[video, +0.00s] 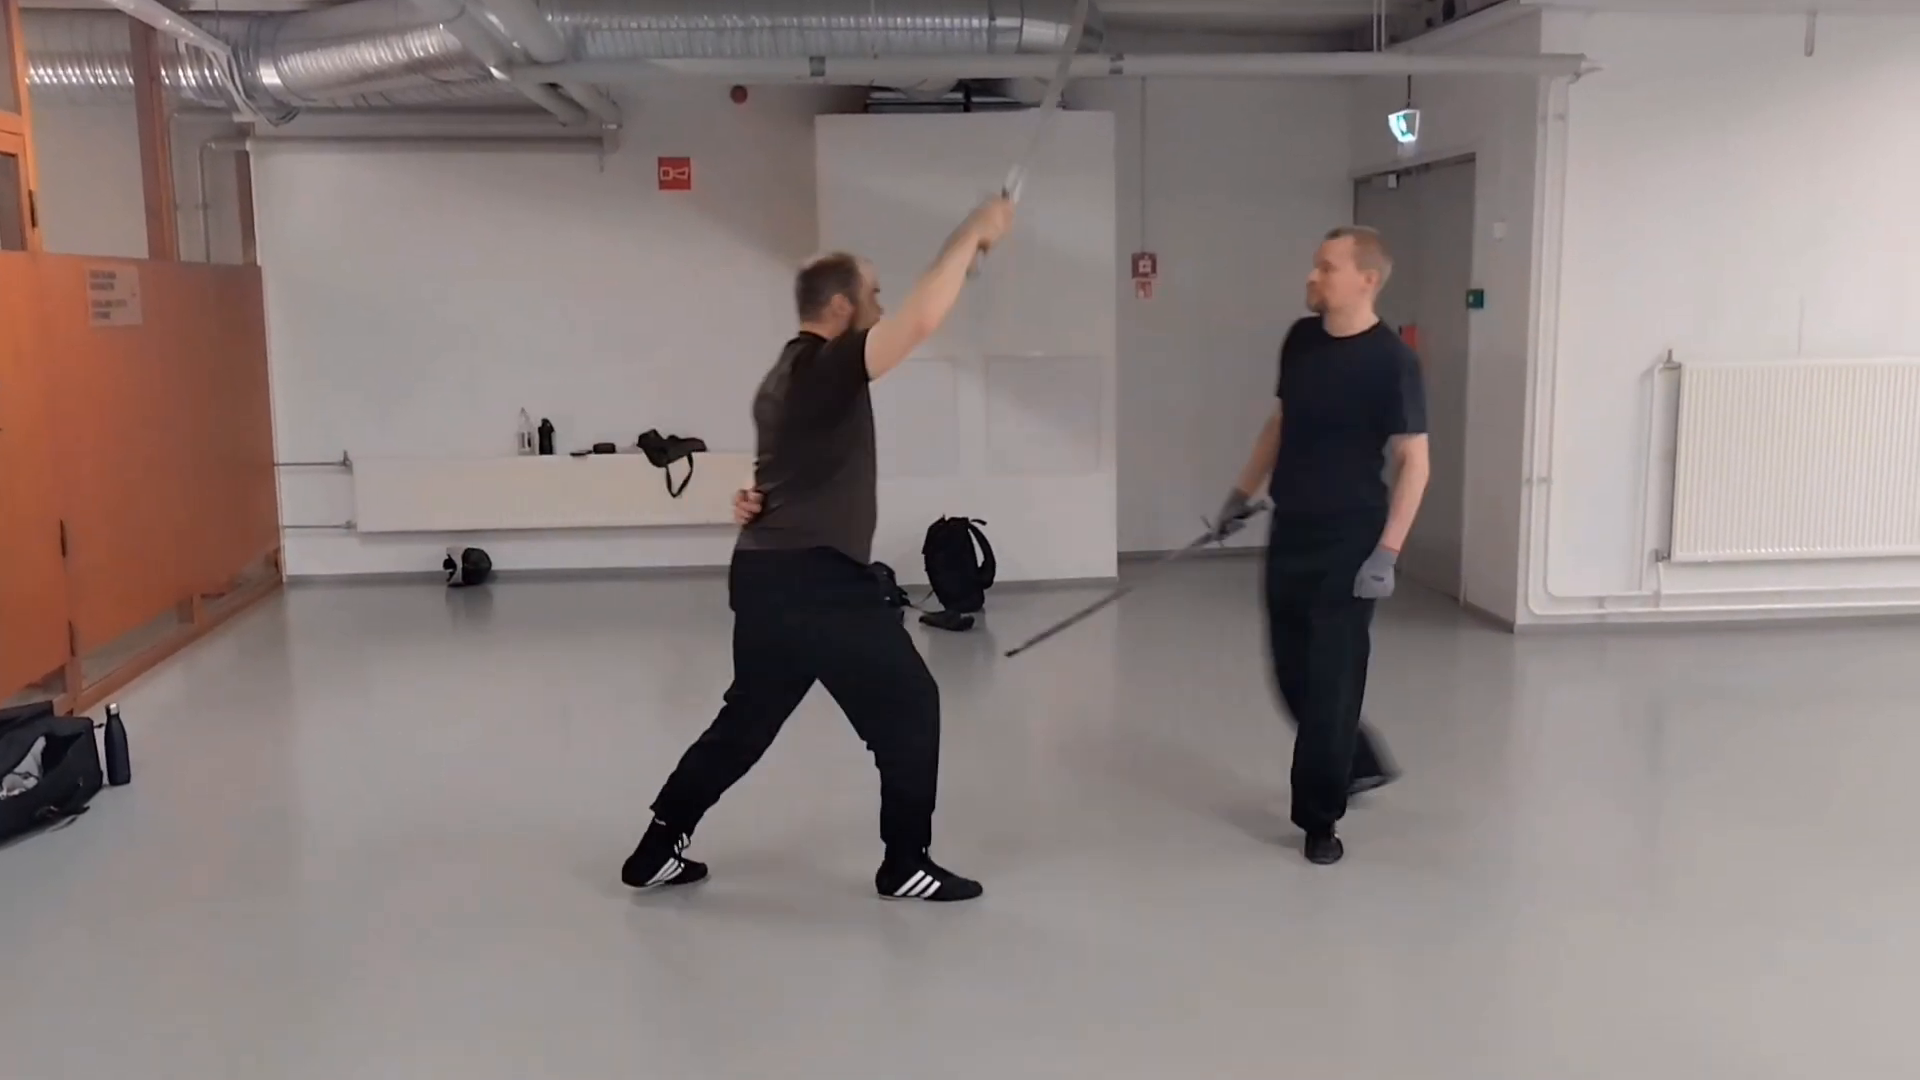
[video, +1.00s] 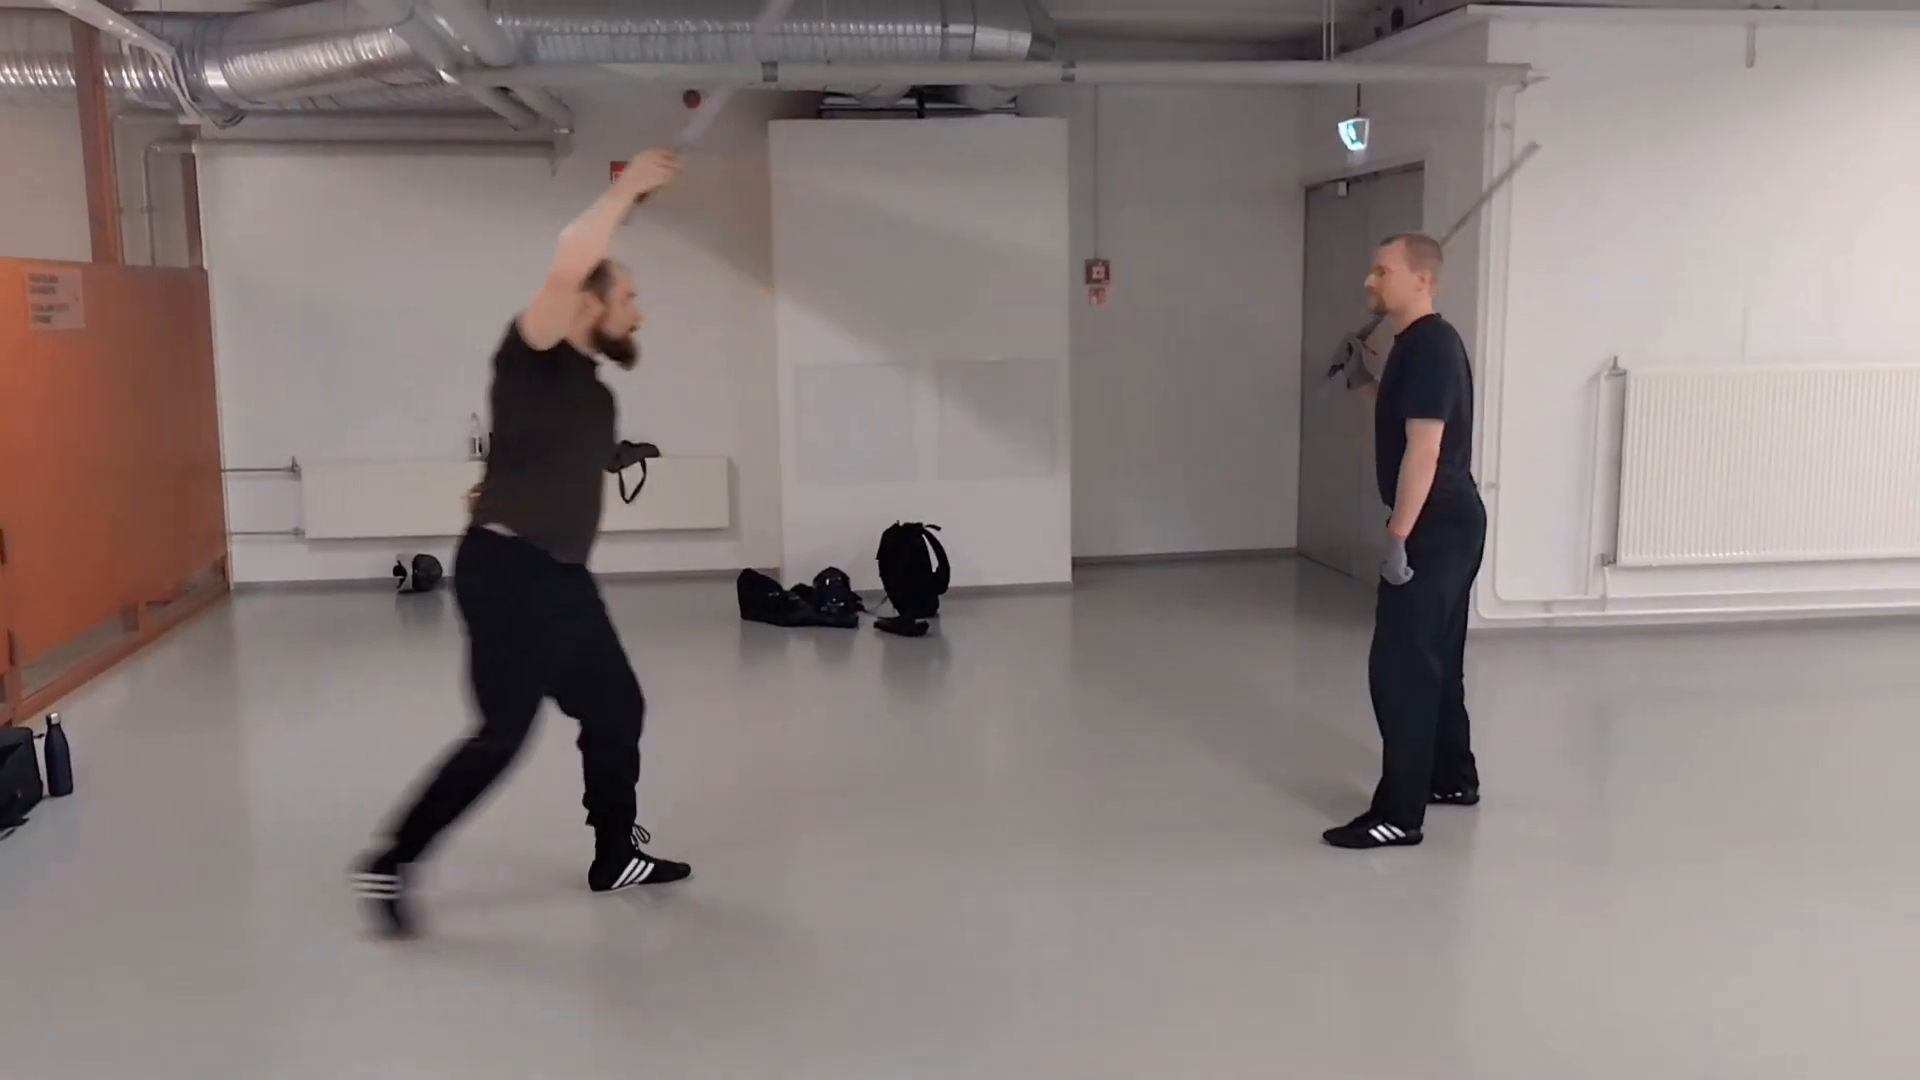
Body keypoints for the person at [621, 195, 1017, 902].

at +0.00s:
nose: (879, 308)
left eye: (875, 296)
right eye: (872, 297)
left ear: (813, 311)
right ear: (840, 308)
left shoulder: (782, 377)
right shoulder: (835, 363)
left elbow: (787, 465)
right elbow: (922, 319)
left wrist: (759, 494)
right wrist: (971, 237)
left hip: (765, 573)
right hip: (820, 576)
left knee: (748, 718)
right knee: (909, 709)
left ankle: (654, 850)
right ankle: (906, 865)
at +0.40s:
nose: (843, 310)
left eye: (840, 299)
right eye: (835, 296)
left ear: (785, 303)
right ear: (810, 299)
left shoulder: (770, 370)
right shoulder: (788, 352)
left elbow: (780, 478)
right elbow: (855, 274)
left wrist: (735, 504)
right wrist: (896, 194)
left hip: (740, 569)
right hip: (780, 568)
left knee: (751, 718)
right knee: (872, 706)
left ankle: (660, 841)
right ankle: (893, 863)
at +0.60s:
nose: (775, 316)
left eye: (776, 304)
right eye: (765, 302)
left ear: (751, 314)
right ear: (727, 300)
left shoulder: (711, 380)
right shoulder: (688, 359)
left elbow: (704, 479)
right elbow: (741, 273)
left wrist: (649, 503)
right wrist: (793, 194)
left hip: (690, 566)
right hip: (682, 566)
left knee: (718, 713)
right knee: (774, 705)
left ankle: (646, 846)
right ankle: (836, 862)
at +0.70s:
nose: (742, 316)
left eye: (743, 304)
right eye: (734, 302)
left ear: (710, 313)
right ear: (698, 301)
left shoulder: (679, 376)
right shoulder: (651, 354)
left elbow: (662, 470)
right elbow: (690, 269)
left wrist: (609, 499)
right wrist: (747, 186)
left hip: (649, 562)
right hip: (639, 563)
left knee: (687, 714)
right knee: (729, 707)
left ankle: (636, 851)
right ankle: (748, 868)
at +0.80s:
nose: (709, 310)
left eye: (709, 298)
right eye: (702, 297)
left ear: (680, 304)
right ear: (666, 295)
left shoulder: (647, 370)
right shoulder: (612, 348)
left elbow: (625, 458)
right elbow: (651, 263)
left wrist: (575, 487)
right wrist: (711, 181)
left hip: (622, 559)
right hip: (589, 557)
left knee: (667, 705)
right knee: (661, 706)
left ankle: (639, 851)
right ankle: (629, 863)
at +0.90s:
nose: (676, 309)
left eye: (674, 296)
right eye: (666, 296)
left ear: (646, 304)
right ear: (629, 297)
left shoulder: (619, 378)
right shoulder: (571, 351)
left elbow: (593, 464)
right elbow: (610, 266)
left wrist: (538, 487)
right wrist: (670, 186)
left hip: (589, 563)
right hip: (545, 557)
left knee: (640, 709)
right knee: (601, 711)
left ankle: (622, 855)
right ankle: (517, 868)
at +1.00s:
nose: (638, 311)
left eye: (637, 299)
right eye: (629, 298)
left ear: (602, 311)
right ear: (590, 301)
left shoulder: (585, 379)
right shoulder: (536, 353)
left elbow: (543, 467)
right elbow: (569, 269)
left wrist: (491, 499)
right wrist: (627, 187)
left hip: (556, 574)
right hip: (504, 567)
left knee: (615, 706)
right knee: (505, 728)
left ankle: (616, 853)